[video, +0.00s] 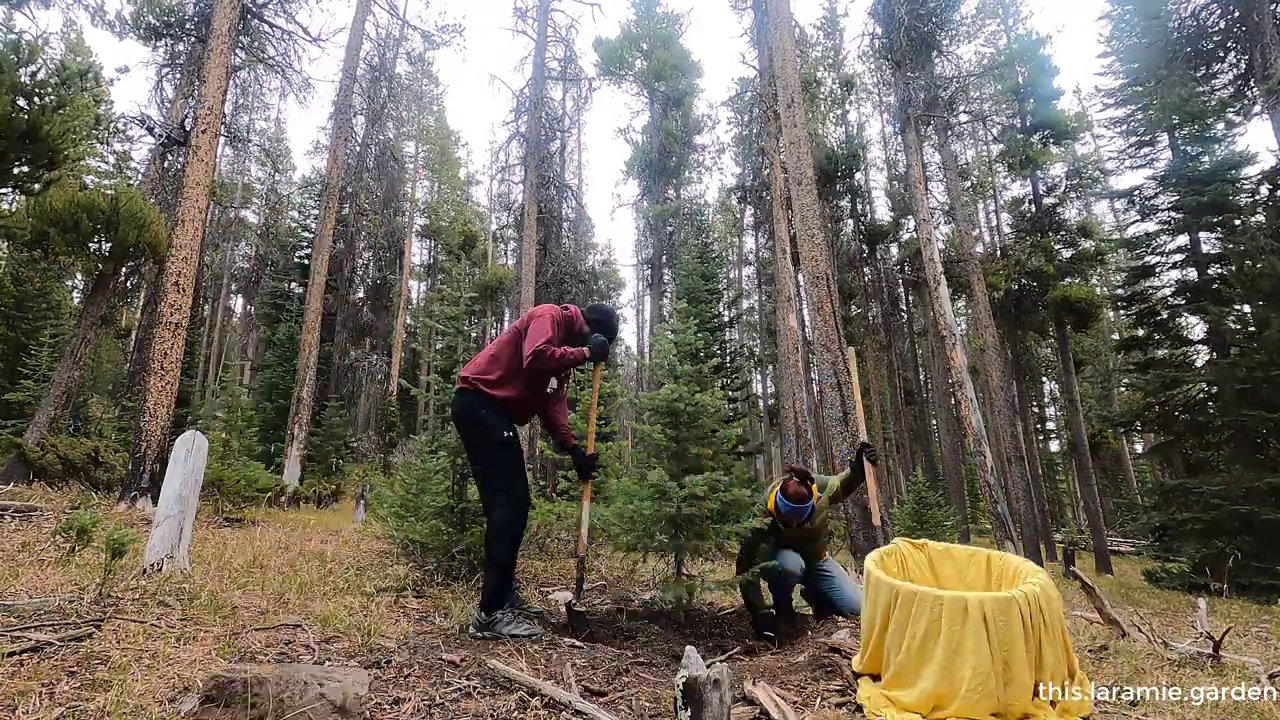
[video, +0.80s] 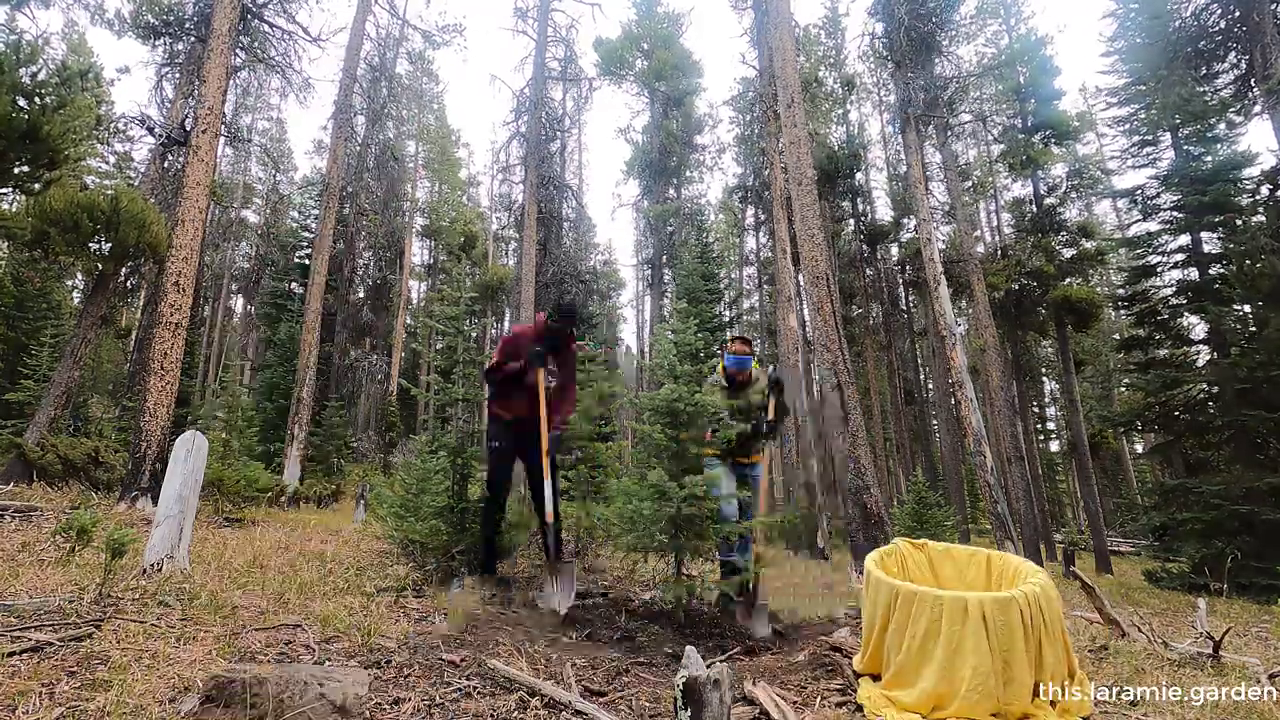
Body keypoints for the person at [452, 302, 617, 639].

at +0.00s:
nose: (593, 348)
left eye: (597, 346)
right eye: (597, 342)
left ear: (590, 335)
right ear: (589, 328)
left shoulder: (562, 355)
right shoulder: (550, 315)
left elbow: (553, 405)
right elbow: (536, 355)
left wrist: (574, 449)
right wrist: (584, 352)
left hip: (497, 411)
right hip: (479, 405)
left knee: (516, 502)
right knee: (509, 503)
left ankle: (501, 601)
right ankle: (492, 612)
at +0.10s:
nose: (543, 355)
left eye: (548, 352)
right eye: (541, 349)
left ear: (552, 350)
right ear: (530, 337)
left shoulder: (550, 367)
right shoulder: (497, 341)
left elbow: (540, 412)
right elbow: (463, 377)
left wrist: (524, 441)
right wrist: (467, 359)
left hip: (511, 435)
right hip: (476, 429)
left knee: (516, 504)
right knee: (477, 505)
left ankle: (517, 576)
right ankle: (483, 576)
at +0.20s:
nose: (519, 368)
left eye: (525, 363)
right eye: (515, 362)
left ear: (534, 358)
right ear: (506, 355)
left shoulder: (543, 376)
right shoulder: (491, 362)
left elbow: (542, 421)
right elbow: (475, 389)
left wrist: (526, 453)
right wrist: (463, 379)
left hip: (529, 441)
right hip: (498, 439)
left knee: (536, 502)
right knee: (500, 505)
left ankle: (551, 563)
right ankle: (501, 574)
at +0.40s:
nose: (569, 389)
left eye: (574, 386)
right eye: (571, 382)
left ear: (574, 381)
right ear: (564, 367)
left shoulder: (547, 395)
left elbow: (513, 444)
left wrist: (517, 493)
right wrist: (486, 350)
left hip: (471, 429)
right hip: (437, 411)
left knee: (491, 505)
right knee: (428, 507)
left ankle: (500, 587)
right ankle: (405, 599)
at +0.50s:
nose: (588, 396)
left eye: (594, 395)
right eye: (593, 390)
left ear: (593, 393)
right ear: (589, 373)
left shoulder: (569, 406)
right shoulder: (557, 358)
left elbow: (543, 436)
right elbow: (505, 344)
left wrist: (560, 452)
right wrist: (548, 340)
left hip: (508, 431)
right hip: (482, 410)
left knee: (519, 503)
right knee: (468, 498)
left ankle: (516, 577)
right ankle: (458, 577)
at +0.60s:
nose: (554, 392)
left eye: (558, 387)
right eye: (552, 384)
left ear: (563, 380)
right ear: (541, 366)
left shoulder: (553, 391)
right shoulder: (513, 365)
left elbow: (550, 439)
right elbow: (475, 398)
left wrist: (551, 486)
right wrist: (500, 393)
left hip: (515, 434)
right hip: (480, 428)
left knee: (522, 506)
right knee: (469, 503)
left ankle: (522, 577)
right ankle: (452, 576)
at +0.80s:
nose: (566, 336)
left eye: (570, 332)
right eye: (563, 330)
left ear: (573, 328)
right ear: (549, 321)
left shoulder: (566, 348)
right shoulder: (517, 337)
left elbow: (569, 390)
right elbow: (491, 375)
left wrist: (558, 423)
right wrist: (524, 365)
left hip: (538, 427)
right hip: (504, 424)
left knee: (547, 495)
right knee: (496, 494)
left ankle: (554, 563)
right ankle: (488, 568)